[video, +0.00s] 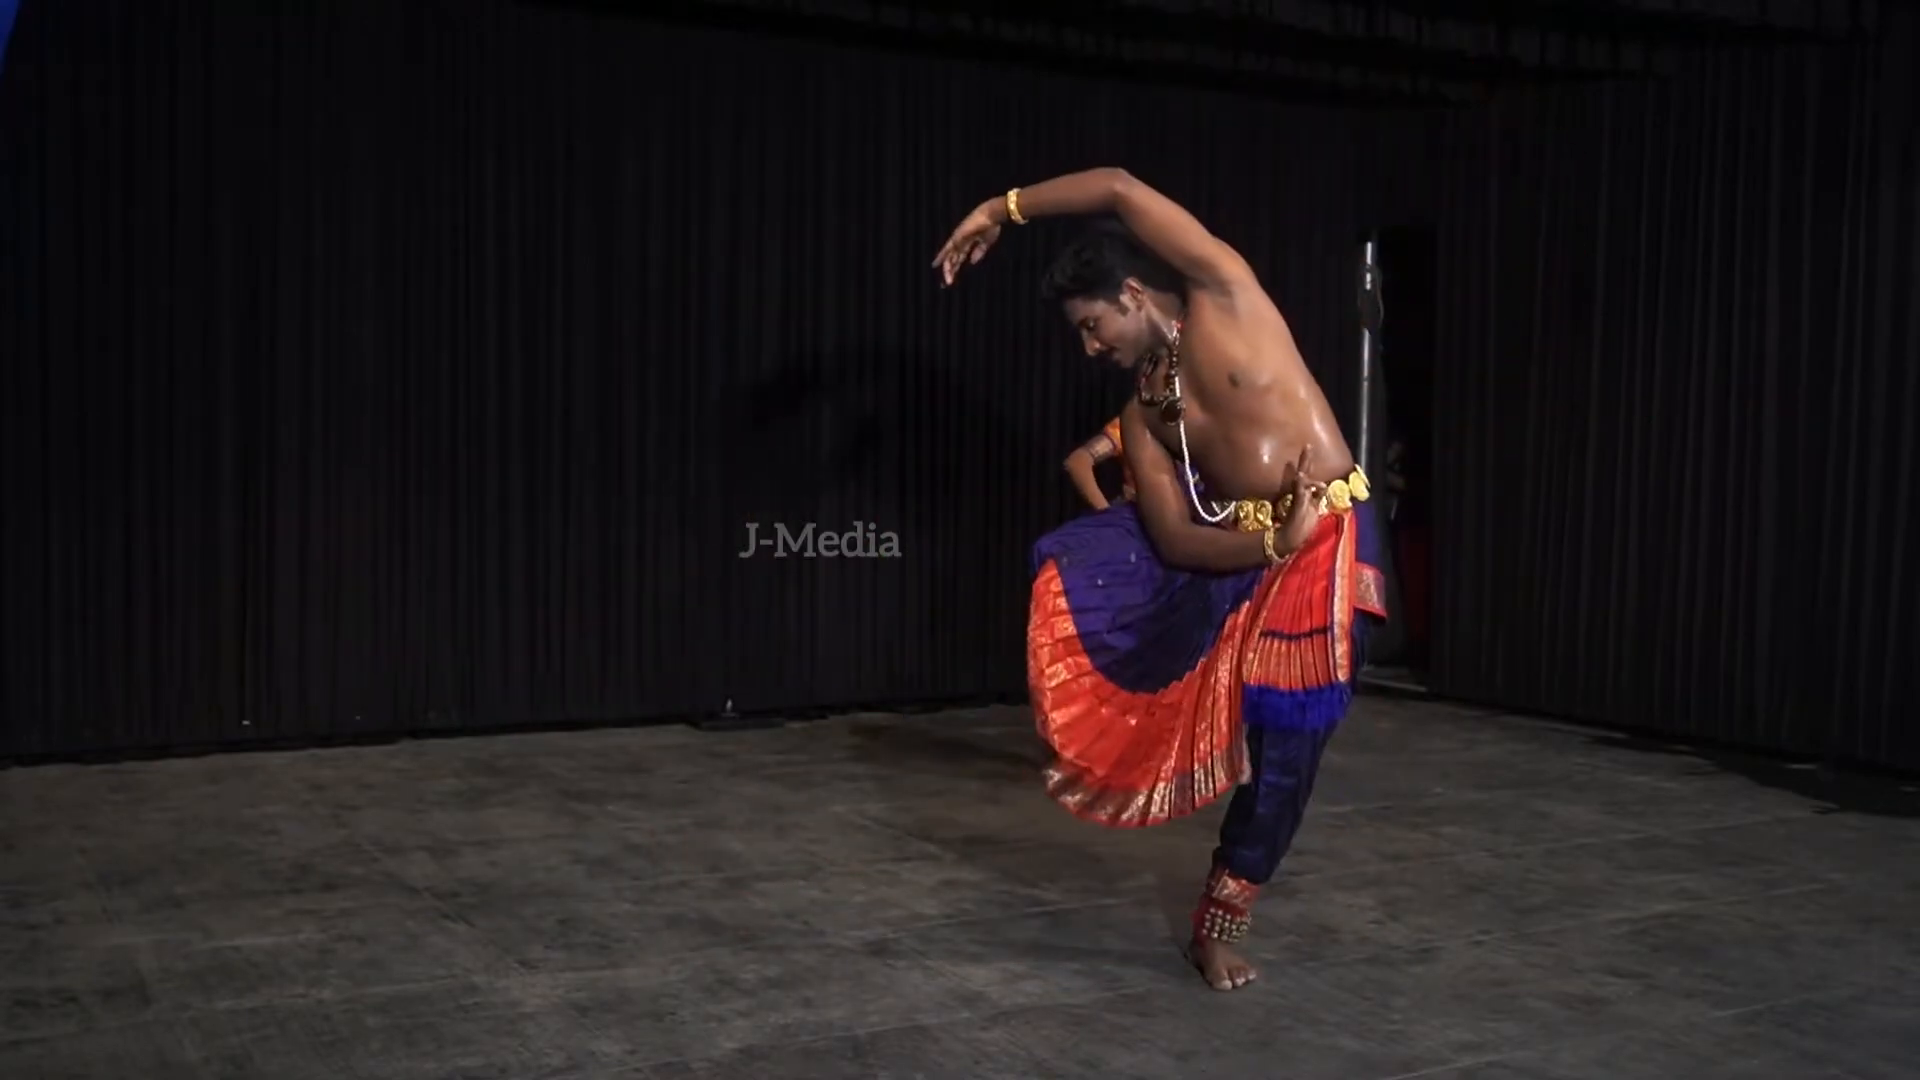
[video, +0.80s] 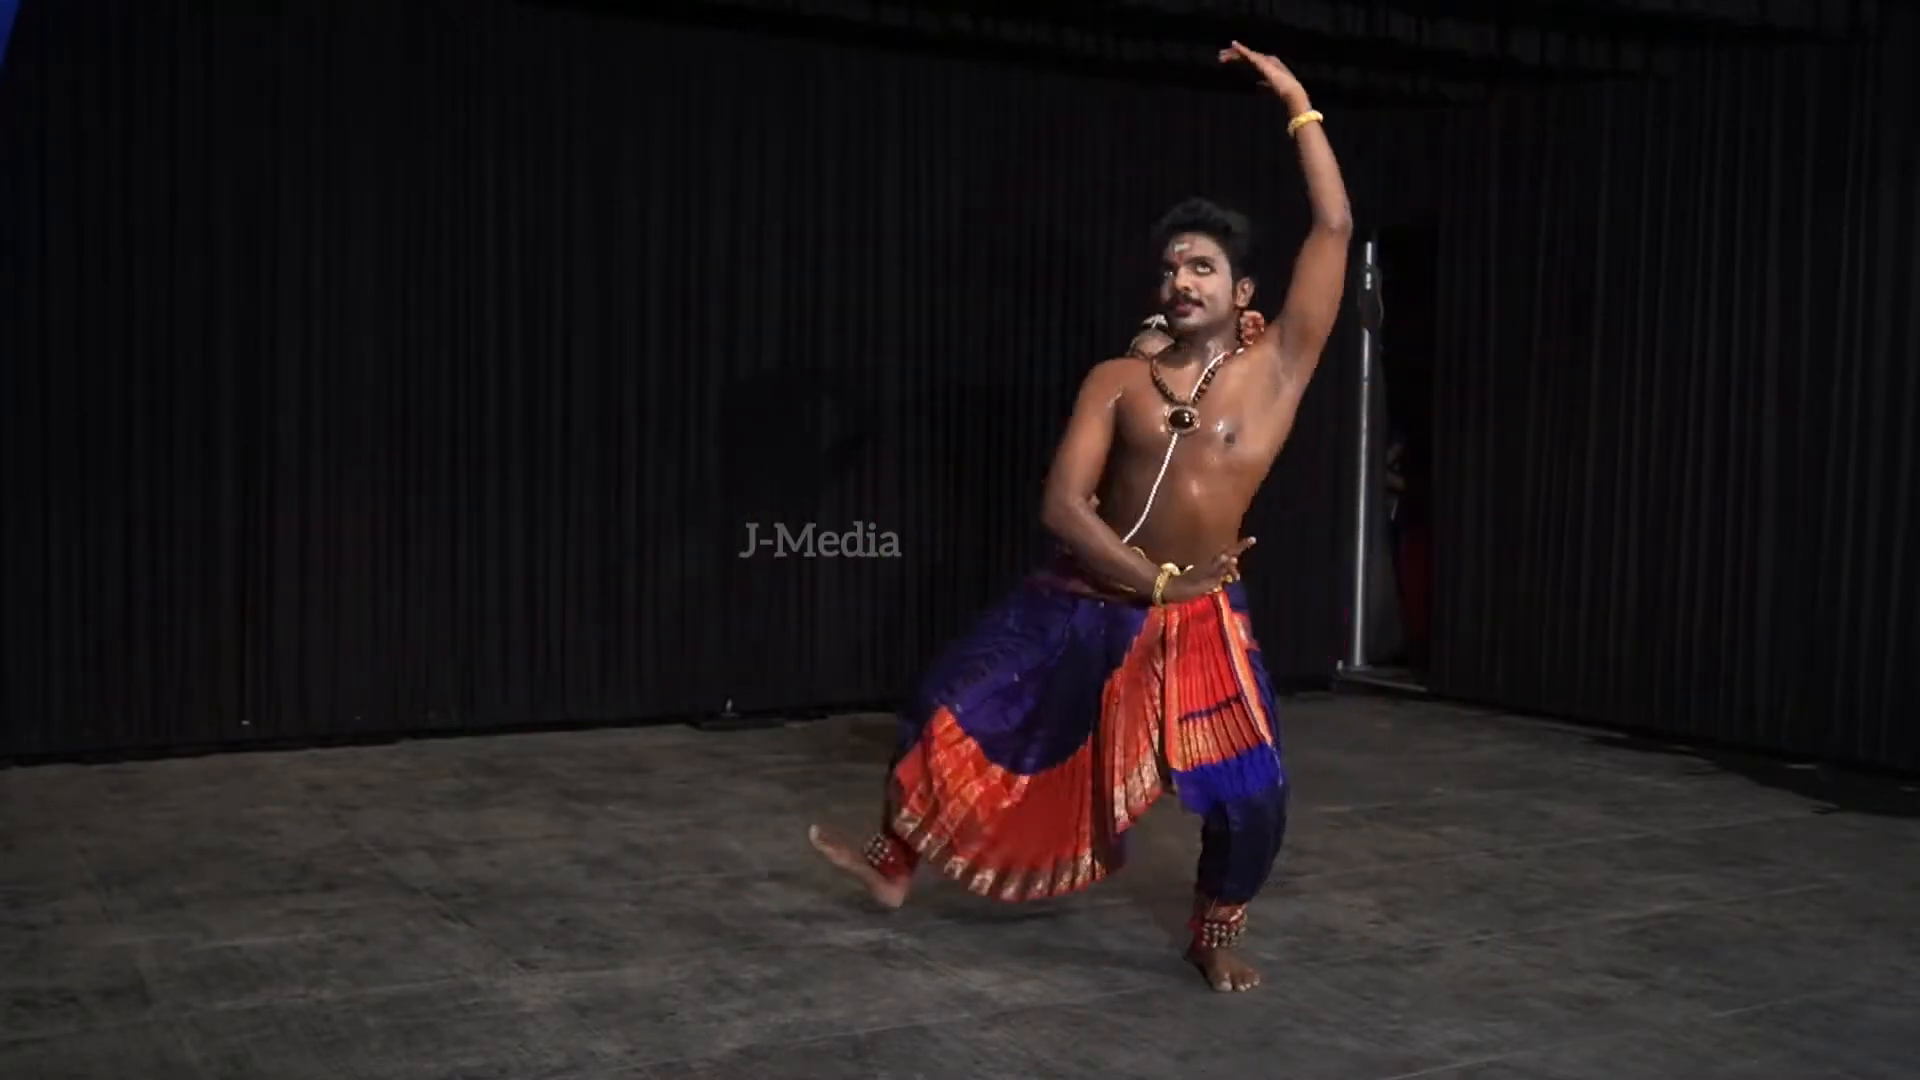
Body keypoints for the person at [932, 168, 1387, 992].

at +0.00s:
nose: (1090, 348)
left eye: (1093, 326)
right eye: (1080, 335)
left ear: (1137, 295)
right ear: (1113, 316)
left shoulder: (1221, 290)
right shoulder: (1142, 419)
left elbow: (1119, 186)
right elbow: (1175, 539)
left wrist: (1003, 209)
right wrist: (1274, 542)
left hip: (1323, 530)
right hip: (1227, 544)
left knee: (1292, 745)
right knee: (1071, 567)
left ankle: (1223, 921)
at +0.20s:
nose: (1088, 348)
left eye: (1090, 326)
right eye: (1079, 334)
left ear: (1134, 294)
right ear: (1114, 314)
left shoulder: (1218, 288)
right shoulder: (1140, 418)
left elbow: (1116, 185)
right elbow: (1175, 538)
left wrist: (1001, 206)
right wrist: (1275, 541)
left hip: (1324, 528)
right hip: (1227, 545)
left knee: (1292, 741)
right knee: (1068, 565)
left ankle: (1224, 922)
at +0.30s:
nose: (1087, 350)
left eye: (1090, 328)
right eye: (1078, 336)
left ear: (1134, 296)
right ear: (1112, 317)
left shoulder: (1218, 292)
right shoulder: (1139, 420)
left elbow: (1116, 188)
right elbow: (1174, 540)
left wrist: (1001, 207)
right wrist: (1272, 543)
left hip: (1322, 532)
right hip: (1225, 547)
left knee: (1292, 744)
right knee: (1066, 565)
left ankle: (1224, 926)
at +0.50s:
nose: (1095, 341)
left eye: (1099, 319)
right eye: (1087, 327)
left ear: (1146, 291)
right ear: (1121, 310)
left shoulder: (1236, 305)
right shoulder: (1136, 420)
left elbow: (1143, 180)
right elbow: (1162, 544)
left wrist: (1031, 176)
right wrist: (1269, 549)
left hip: (1296, 565)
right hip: (1197, 563)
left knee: (1289, 763)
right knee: (1042, 589)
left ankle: (1227, 925)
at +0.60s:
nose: (1110, 320)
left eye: (1119, 298)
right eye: (1105, 305)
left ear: (1175, 284)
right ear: (1139, 299)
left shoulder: (1254, 315)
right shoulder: (1132, 406)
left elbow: (1205, 172)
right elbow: (1140, 544)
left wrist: (1101, 130)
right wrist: (1244, 563)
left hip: (1271, 587)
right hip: (1170, 583)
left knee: (1287, 773)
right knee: (1020, 619)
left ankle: (1224, 925)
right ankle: (1044, 779)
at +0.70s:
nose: (1138, 296)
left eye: (1154, 278)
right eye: (1133, 281)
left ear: (1210, 282)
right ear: (1138, 290)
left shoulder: (1275, 339)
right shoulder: (1125, 394)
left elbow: (1277, 182)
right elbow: (1107, 530)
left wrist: (1194, 95)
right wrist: (1211, 577)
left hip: (1241, 605)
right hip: (1133, 591)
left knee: (1270, 796)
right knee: (990, 662)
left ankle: (1221, 929)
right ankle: (965, 818)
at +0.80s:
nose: (1181, 280)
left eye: (1200, 266)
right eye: (1171, 267)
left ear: (1242, 289)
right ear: (1157, 284)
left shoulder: (1278, 368)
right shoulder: (1117, 378)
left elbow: (1335, 224)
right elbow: (1062, 502)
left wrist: (1300, 105)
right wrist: (1147, 577)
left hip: (1202, 613)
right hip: (1083, 597)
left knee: (1254, 795)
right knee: (950, 702)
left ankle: (1218, 935)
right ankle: (891, 866)